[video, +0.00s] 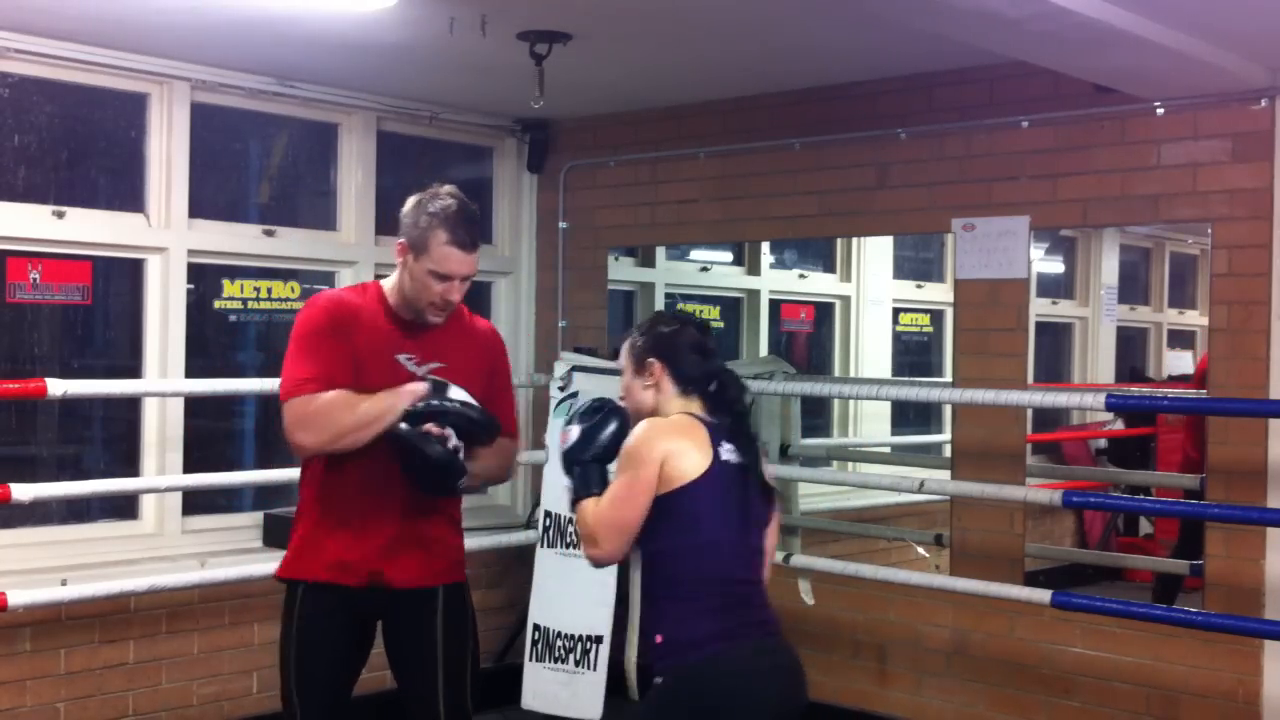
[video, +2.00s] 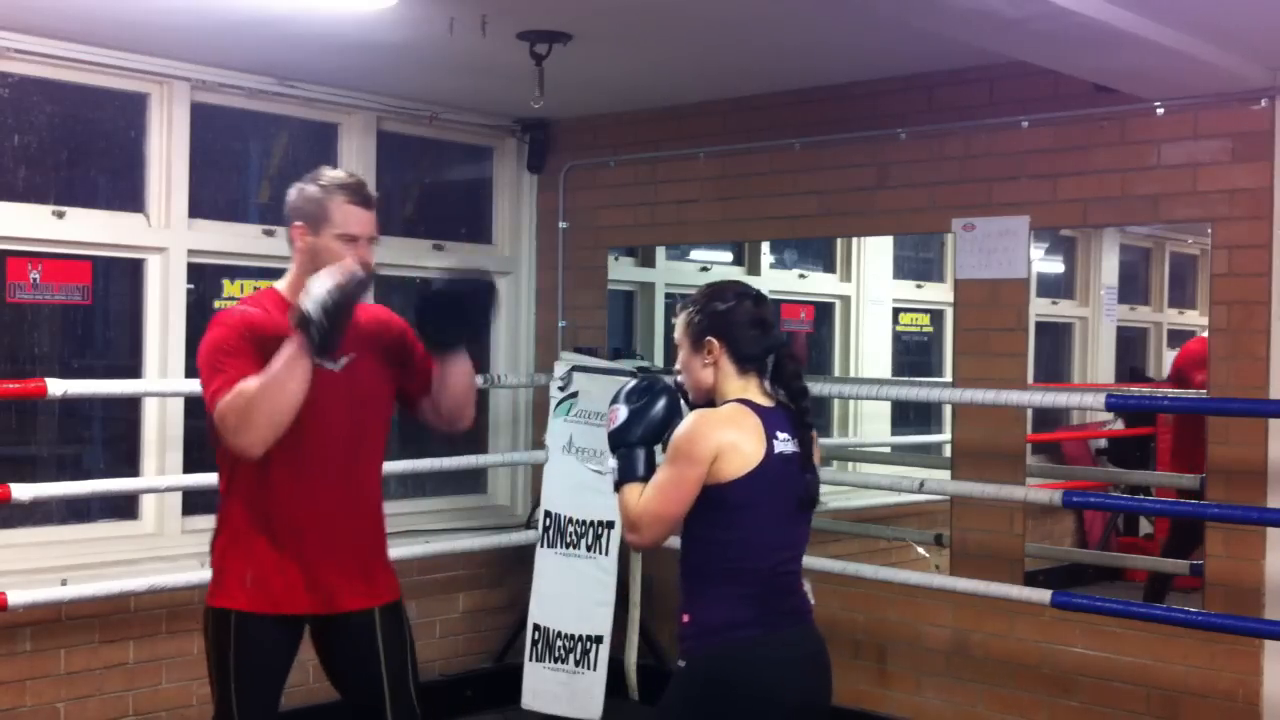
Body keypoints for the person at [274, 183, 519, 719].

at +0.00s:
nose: (453, 294)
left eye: (466, 280)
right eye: (440, 277)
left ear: (476, 266)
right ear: (402, 254)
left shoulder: (481, 340)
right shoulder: (331, 314)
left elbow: (503, 454)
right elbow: (304, 430)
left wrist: (462, 460)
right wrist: (406, 397)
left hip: (431, 571)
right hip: (332, 567)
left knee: (444, 709)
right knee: (312, 709)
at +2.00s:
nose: (364, 257)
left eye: (370, 243)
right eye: (348, 240)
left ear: (378, 243)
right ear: (300, 237)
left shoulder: (383, 329)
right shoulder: (239, 326)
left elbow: (454, 417)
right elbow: (245, 434)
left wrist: (455, 337)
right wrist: (308, 337)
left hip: (359, 577)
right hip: (257, 579)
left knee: (396, 710)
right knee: (242, 712)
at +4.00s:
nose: (460, 278)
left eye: (467, 263)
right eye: (446, 259)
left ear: (471, 262)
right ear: (400, 250)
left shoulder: (467, 363)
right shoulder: (308, 316)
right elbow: (240, 425)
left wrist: (542, 483)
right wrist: (324, 356)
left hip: (380, 582)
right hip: (276, 569)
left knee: (399, 710)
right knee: (247, 712)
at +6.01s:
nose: (409, 261)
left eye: (416, 246)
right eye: (395, 242)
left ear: (421, 249)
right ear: (348, 239)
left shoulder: (433, 349)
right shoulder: (269, 322)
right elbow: (223, 435)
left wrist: (494, 467)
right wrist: (283, 332)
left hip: (363, 583)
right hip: (260, 576)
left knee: (390, 710)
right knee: (235, 711)